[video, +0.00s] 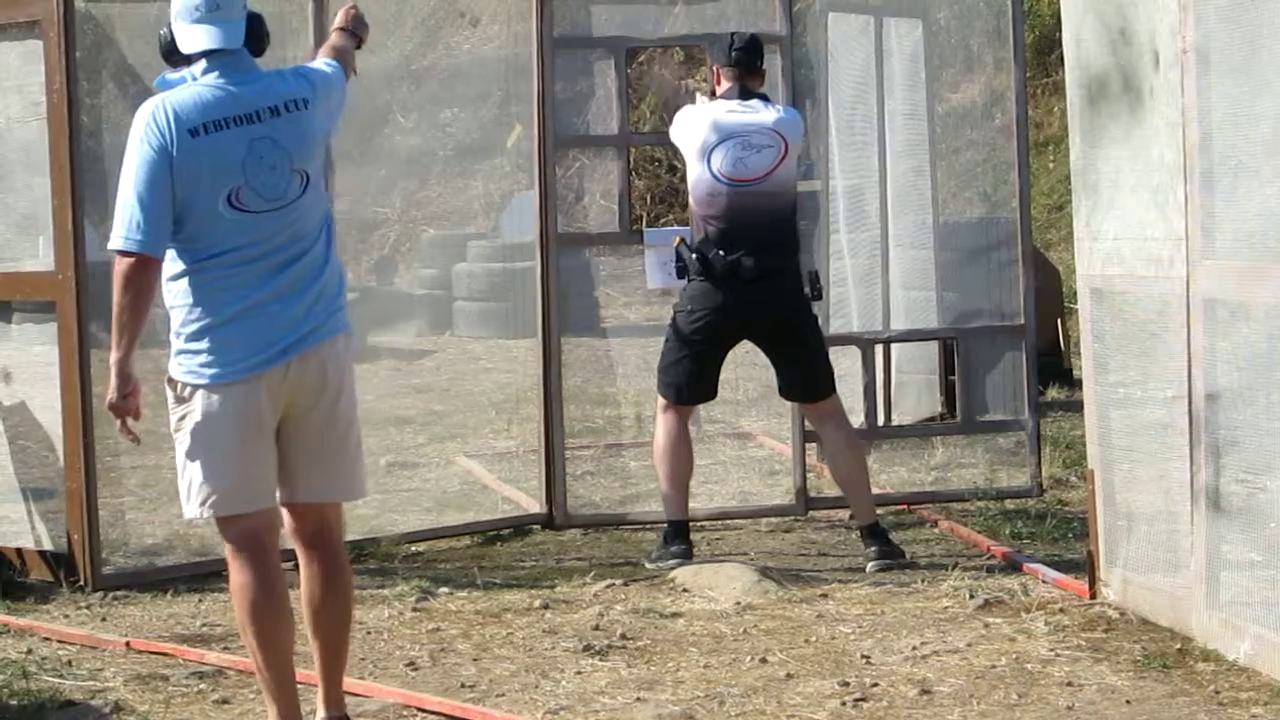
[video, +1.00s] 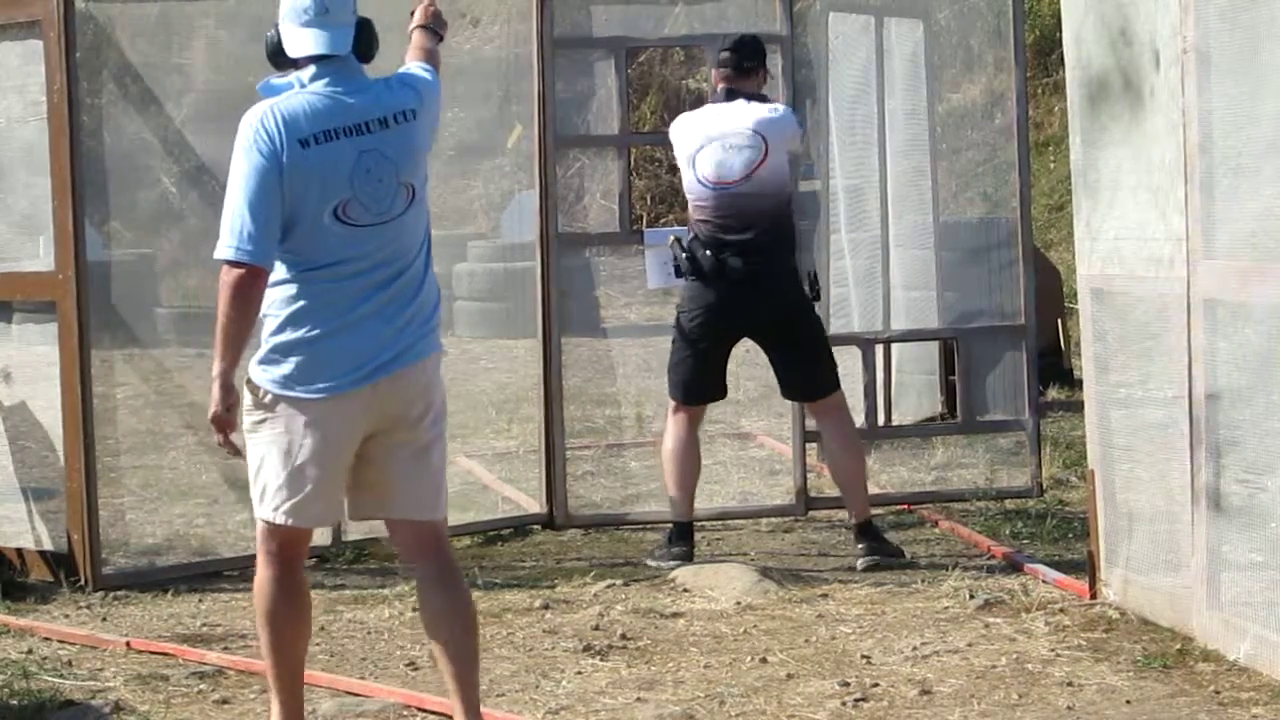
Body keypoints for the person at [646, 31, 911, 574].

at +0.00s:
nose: (714, 83)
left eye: (712, 75)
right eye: (729, 74)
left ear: (717, 78)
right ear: (762, 76)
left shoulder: (690, 122)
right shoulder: (791, 122)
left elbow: (692, 123)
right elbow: (759, 124)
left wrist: (713, 100)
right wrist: (731, 98)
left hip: (710, 296)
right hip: (781, 294)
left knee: (673, 408)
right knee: (828, 414)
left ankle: (675, 538)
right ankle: (875, 536)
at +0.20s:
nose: (714, 82)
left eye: (712, 75)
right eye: (730, 74)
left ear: (717, 77)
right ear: (762, 76)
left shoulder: (691, 121)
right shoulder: (791, 121)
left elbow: (700, 128)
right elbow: (761, 125)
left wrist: (719, 99)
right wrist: (735, 97)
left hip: (711, 296)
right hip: (782, 295)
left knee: (673, 408)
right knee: (828, 415)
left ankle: (675, 538)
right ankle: (875, 536)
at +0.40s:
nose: (711, 81)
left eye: (710, 74)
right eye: (724, 74)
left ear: (716, 77)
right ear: (761, 76)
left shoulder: (689, 121)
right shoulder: (791, 121)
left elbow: (701, 133)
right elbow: (759, 128)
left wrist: (718, 99)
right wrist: (733, 97)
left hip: (711, 295)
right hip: (781, 294)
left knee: (673, 408)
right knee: (828, 414)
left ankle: (675, 538)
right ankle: (874, 536)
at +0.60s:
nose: (712, 82)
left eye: (711, 75)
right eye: (726, 74)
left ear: (715, 77)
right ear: (760, 77)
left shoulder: (688, 121)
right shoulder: (791, 122)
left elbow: (705, 132)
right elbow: (762, 127)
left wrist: (717, 98)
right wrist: (736, 96)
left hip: (711, 296)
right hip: (781, 295)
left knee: (673, 409)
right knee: (828, 415)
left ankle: (675, 538)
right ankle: (875, 536)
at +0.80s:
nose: (712, 83)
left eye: (711, 76)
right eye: (724, 76)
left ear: (716, 77)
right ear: (761, 77)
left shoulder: (689, 122)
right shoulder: (792, 122)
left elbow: (704, 131)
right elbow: (759, 129)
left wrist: (717, 98)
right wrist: (735, 96)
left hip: (711, 296)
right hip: (781, 295)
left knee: (673, 409)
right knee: (828, 414)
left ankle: (676, 538)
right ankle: (875, 536)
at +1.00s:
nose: (761, 85)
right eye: (762, 77)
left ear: (713, 79)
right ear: (761, 78)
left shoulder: (682, 128)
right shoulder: (781, 119)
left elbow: (709, 168)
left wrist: (727, 101)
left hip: (708, 296)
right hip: (777, 292)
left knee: (683, 414)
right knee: (830, 412)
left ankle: (679, 539)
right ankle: (867, 534)